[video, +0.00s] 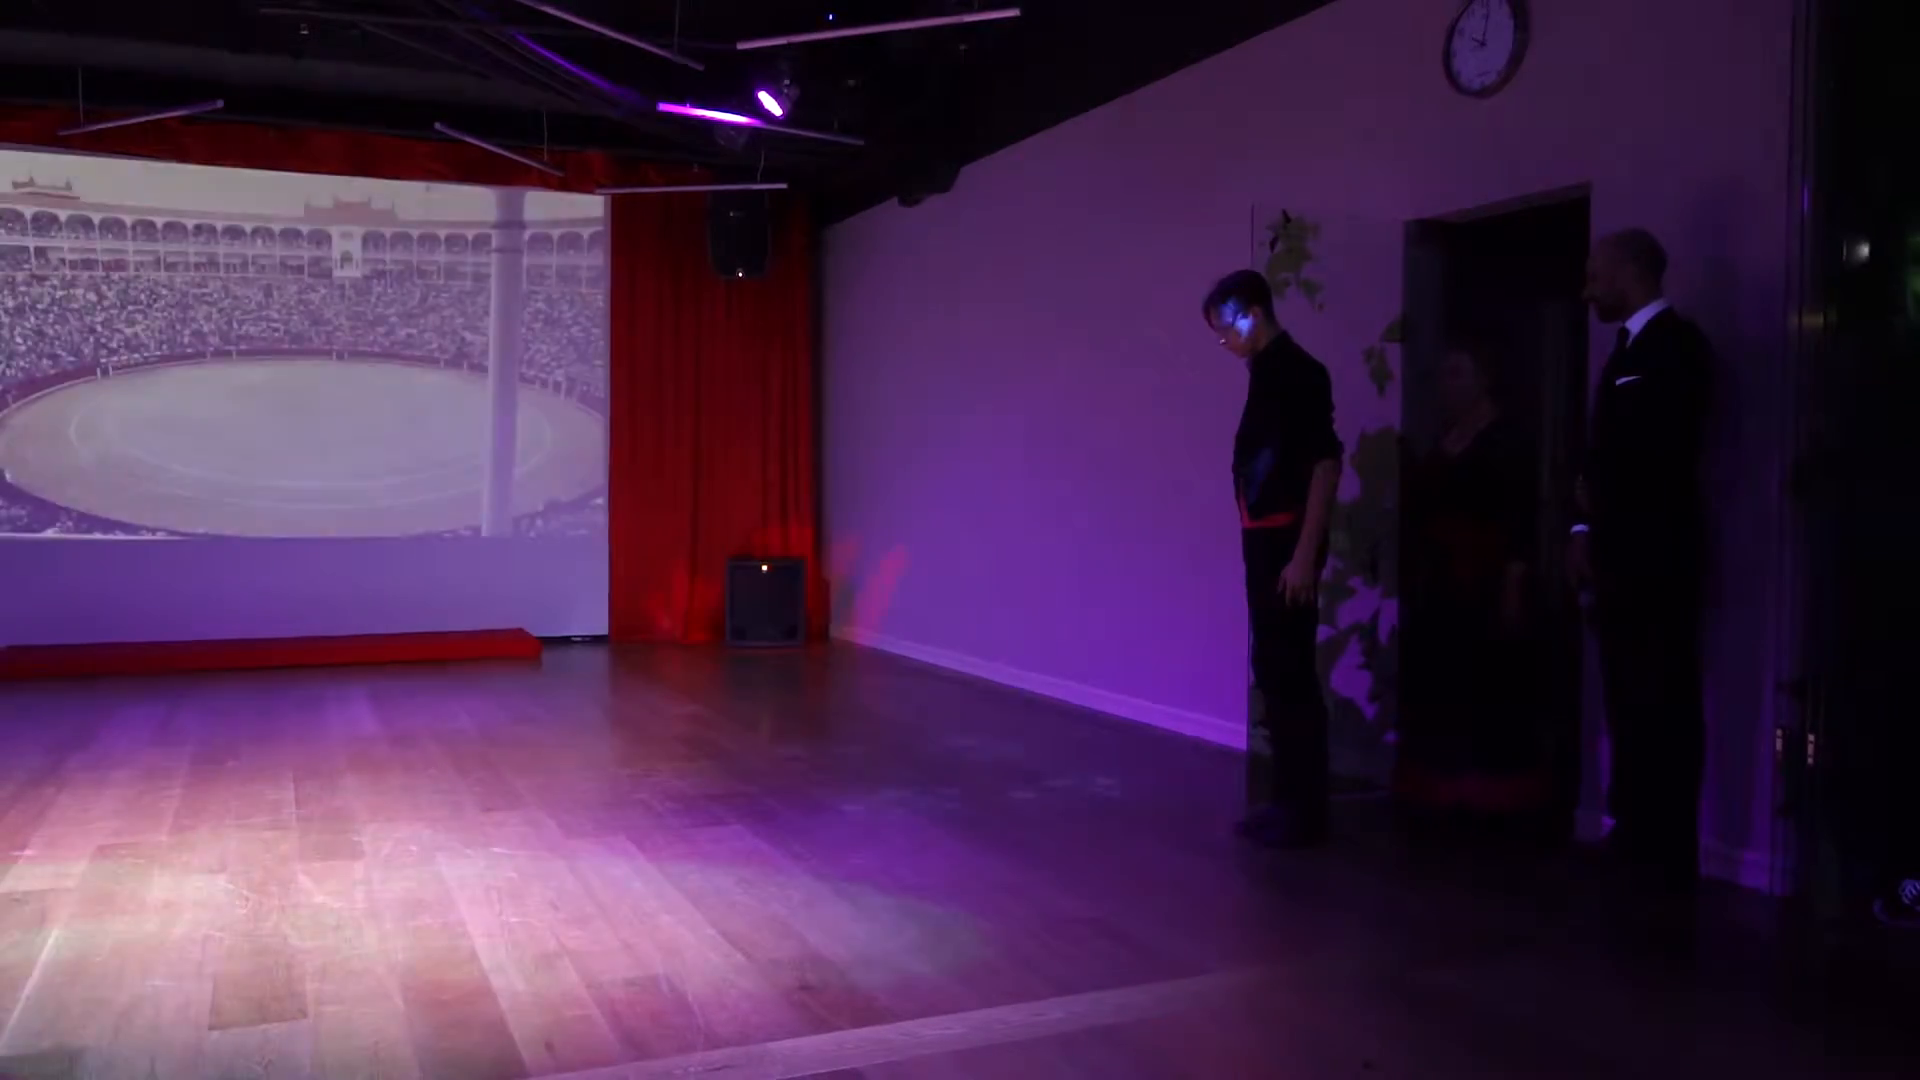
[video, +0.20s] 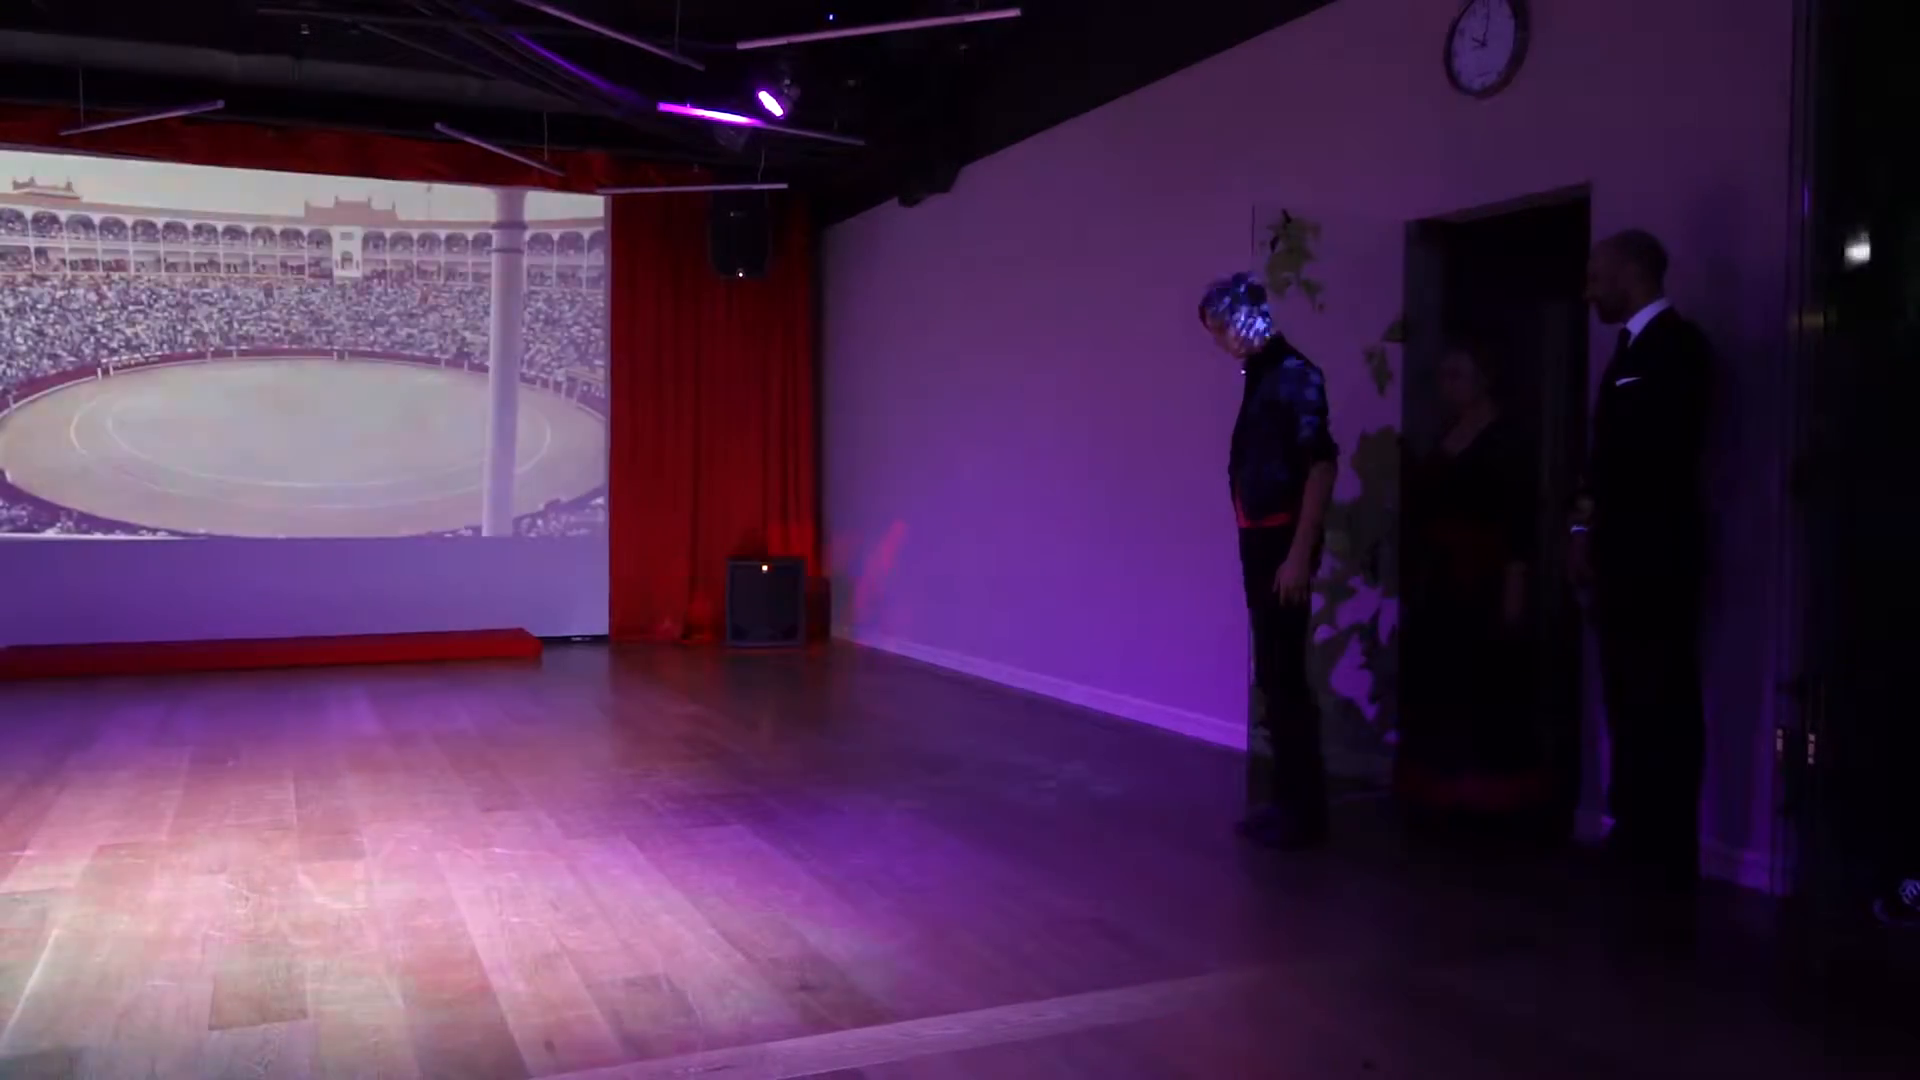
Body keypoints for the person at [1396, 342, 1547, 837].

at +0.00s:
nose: (1449, 385)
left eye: (1459, 375)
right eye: (1445, 375)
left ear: (1483, 380)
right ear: (1438, 381)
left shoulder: (1505, 439)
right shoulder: (1439, 440)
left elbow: (1514, 519)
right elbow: (1423, 515)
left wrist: (1511, 585)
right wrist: (1415, 574)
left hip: (1488, 591)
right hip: (1438, 587)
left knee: (1489, 699)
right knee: (1438, 694)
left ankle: (1492, 805)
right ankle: (1438, 800)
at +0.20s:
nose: (1449, 385)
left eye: (1459, 376)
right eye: (1445, 376)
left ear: (1482, 379)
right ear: (1439, 380)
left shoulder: (1505, 437)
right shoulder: (1442, 436)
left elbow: (1514, 516)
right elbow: (1425, 512)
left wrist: (1513, 583)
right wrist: (1414, 572)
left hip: (1487, 588)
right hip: (1438, 584)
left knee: (1486, 695)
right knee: (1437, 691)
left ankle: (1490, 803)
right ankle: (1436, 797)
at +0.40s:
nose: (1449, 385)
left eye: (1459, 376)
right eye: (1445, 376)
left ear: (1482, 380)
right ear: (1439, 381)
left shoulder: (1504, 437)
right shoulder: (1442, 435)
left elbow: (1513, 515)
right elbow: (1424, 511)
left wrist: (1513, 582)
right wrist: (1414, 570)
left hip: (1487, 586)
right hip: (1438, 581)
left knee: (1485, 691)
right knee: (1438, 688)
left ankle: (1489, 798)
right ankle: (1436, 792)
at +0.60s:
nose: (1447, 385)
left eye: (1456, 376)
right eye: (1443, 376)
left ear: (1482, 379)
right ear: (1440, 380)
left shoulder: (1505, 437)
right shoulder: (1441, 438)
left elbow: (1515, 516)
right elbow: (1424, 512)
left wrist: (1513, 586)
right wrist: (1414, 572)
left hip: (1487, 587)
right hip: (1438, 584)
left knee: (1485, 694)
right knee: (1439, 691)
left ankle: (1488, 798)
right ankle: (1437, 795)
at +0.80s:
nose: (1440, 387)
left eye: (1451, 377)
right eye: (1439, 377)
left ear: (1476, 382)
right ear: (1438, 383)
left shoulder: (1500, 440)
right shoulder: (1438, 441)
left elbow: (1511, 519)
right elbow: (1421, 514)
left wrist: (1510, 588)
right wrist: (1412, 575)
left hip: (1483, 586)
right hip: (1435, 584)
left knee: (1481, 689)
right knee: (1434, 686)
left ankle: (1483, 793)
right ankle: (1433, 791)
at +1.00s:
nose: (1427, 391)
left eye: (1436, 381)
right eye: (1425, 381)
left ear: (1460, 385)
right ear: (1426, 388)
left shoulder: (1486, 444)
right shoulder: (1423, 446)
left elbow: (1499, 518)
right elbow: (1414, 519)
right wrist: (1410, 581)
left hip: (1473, 590)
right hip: (1426, 589)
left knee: (1472, 693)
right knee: (1426, 690)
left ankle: (1477, 793)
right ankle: (1425, 791)